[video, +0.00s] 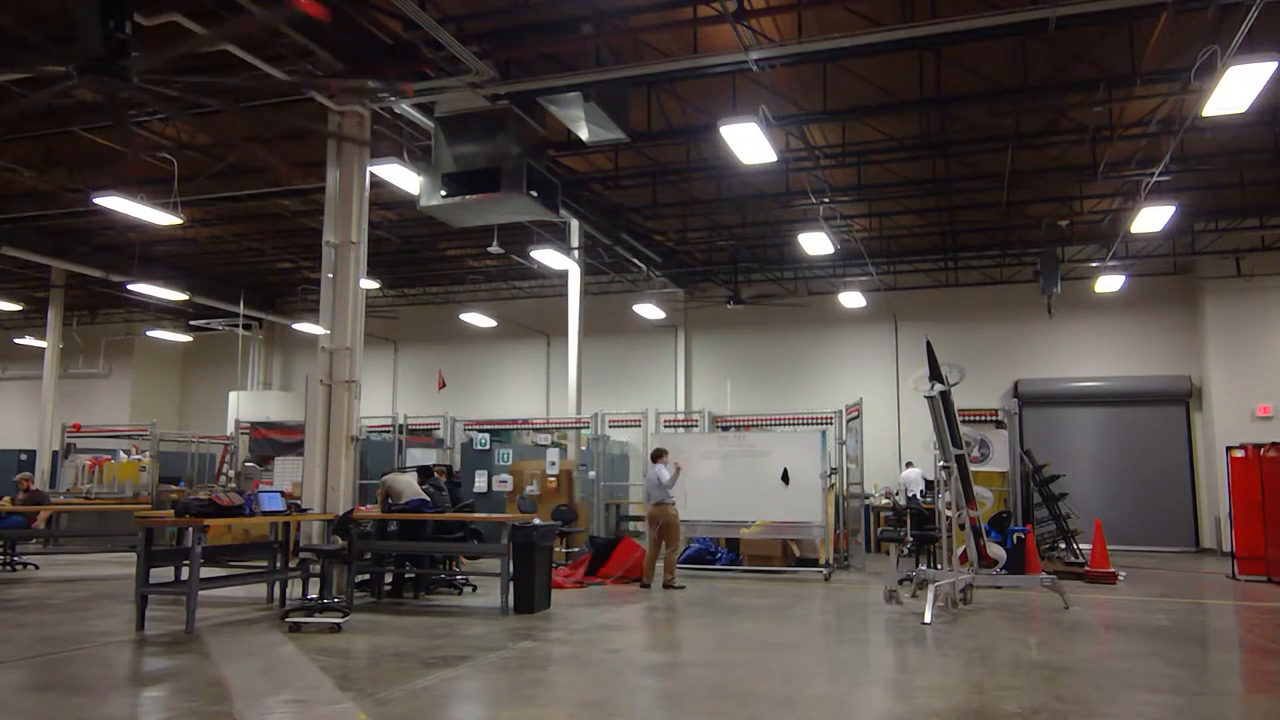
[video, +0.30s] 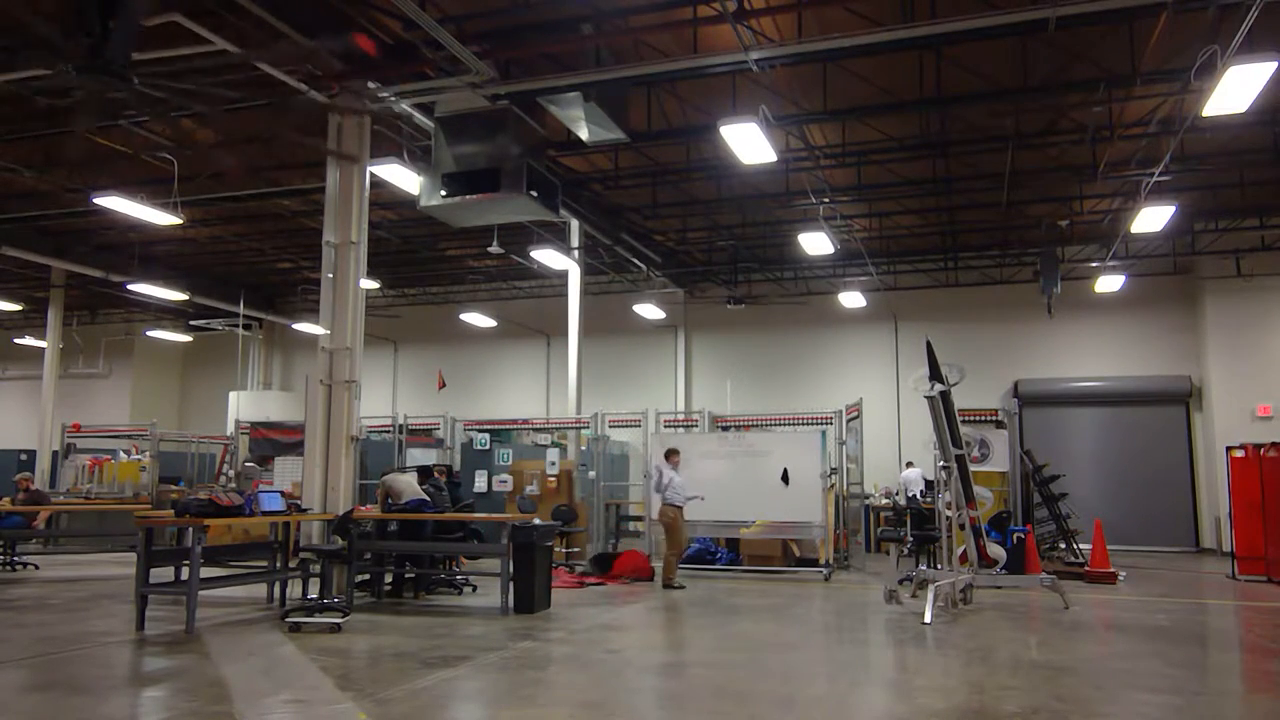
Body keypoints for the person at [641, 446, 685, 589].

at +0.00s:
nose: (667, 460)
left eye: (667, 457)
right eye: (666, 457)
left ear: (654, 459)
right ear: (661, 458)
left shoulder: (649, 473)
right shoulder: (660, 468)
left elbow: (647, 494)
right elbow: (668, 484)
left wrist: (648, 508)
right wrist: (677, 472)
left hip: (654, 507)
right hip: (667, 507)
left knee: (653, 547)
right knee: (672, 547)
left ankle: (646, 579)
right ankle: (669, 579)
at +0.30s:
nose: (678, 459)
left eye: (678, 457)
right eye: (675, 457)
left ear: (678, 459)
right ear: (668, 458)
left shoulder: (677, 475)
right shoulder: (666, 472)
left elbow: (682, 496)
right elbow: (659, 490)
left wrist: (697, 496)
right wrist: (660, 475)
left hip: (678, 508)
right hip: (669, 508)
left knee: (680, 546)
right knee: (674, 546)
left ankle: (670, 578)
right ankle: (668, 579)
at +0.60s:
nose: (688, 461)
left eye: (690, 458)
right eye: (685, 458)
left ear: (694, 459)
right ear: (681, 460)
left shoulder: (698, 477)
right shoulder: (676, 474)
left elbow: (700, 496)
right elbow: (662, 490)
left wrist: (710, 502)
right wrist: (653, 481)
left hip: (693, 512)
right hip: (679, 511)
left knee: (699, 548)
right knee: (676, 547)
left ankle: (703, 580)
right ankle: (667, 580)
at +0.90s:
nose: (692, 465)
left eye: (694, 462)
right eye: (691, 462)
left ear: (702, 462)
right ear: (691, 462)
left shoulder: (713, 477)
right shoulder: (689, 475)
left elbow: (719, 496)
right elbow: (680, 493)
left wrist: (713, 507)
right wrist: (662, 491)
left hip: (706, 511)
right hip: (690, 510)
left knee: (705, 546)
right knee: (693, 544)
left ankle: (703, 579)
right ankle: (688, 579)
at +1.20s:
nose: (693, 469)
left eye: (695, 466)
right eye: (692, 467)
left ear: (703, 464)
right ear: (695, 465)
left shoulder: (717, 479)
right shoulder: (695, 477)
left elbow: (724, 499)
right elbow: (688, 493)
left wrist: (713, 509)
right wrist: (670, 490)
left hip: (711, 515)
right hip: (696, 515)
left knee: (710, 547)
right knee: (701, 547)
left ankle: (707, 577)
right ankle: (704, 579)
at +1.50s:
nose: (696, 467)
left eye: (697, 464)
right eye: (695, 464)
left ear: (705, 462)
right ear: (698, 463)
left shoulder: (719, 477)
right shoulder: (698, 475)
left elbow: (729, 496)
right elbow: (686, 492)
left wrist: (720, 508)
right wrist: (668, 489)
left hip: (716, 514)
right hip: (700, 514)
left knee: (720, 548)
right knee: (702, 548)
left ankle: (724, 582)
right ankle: (705, 582)